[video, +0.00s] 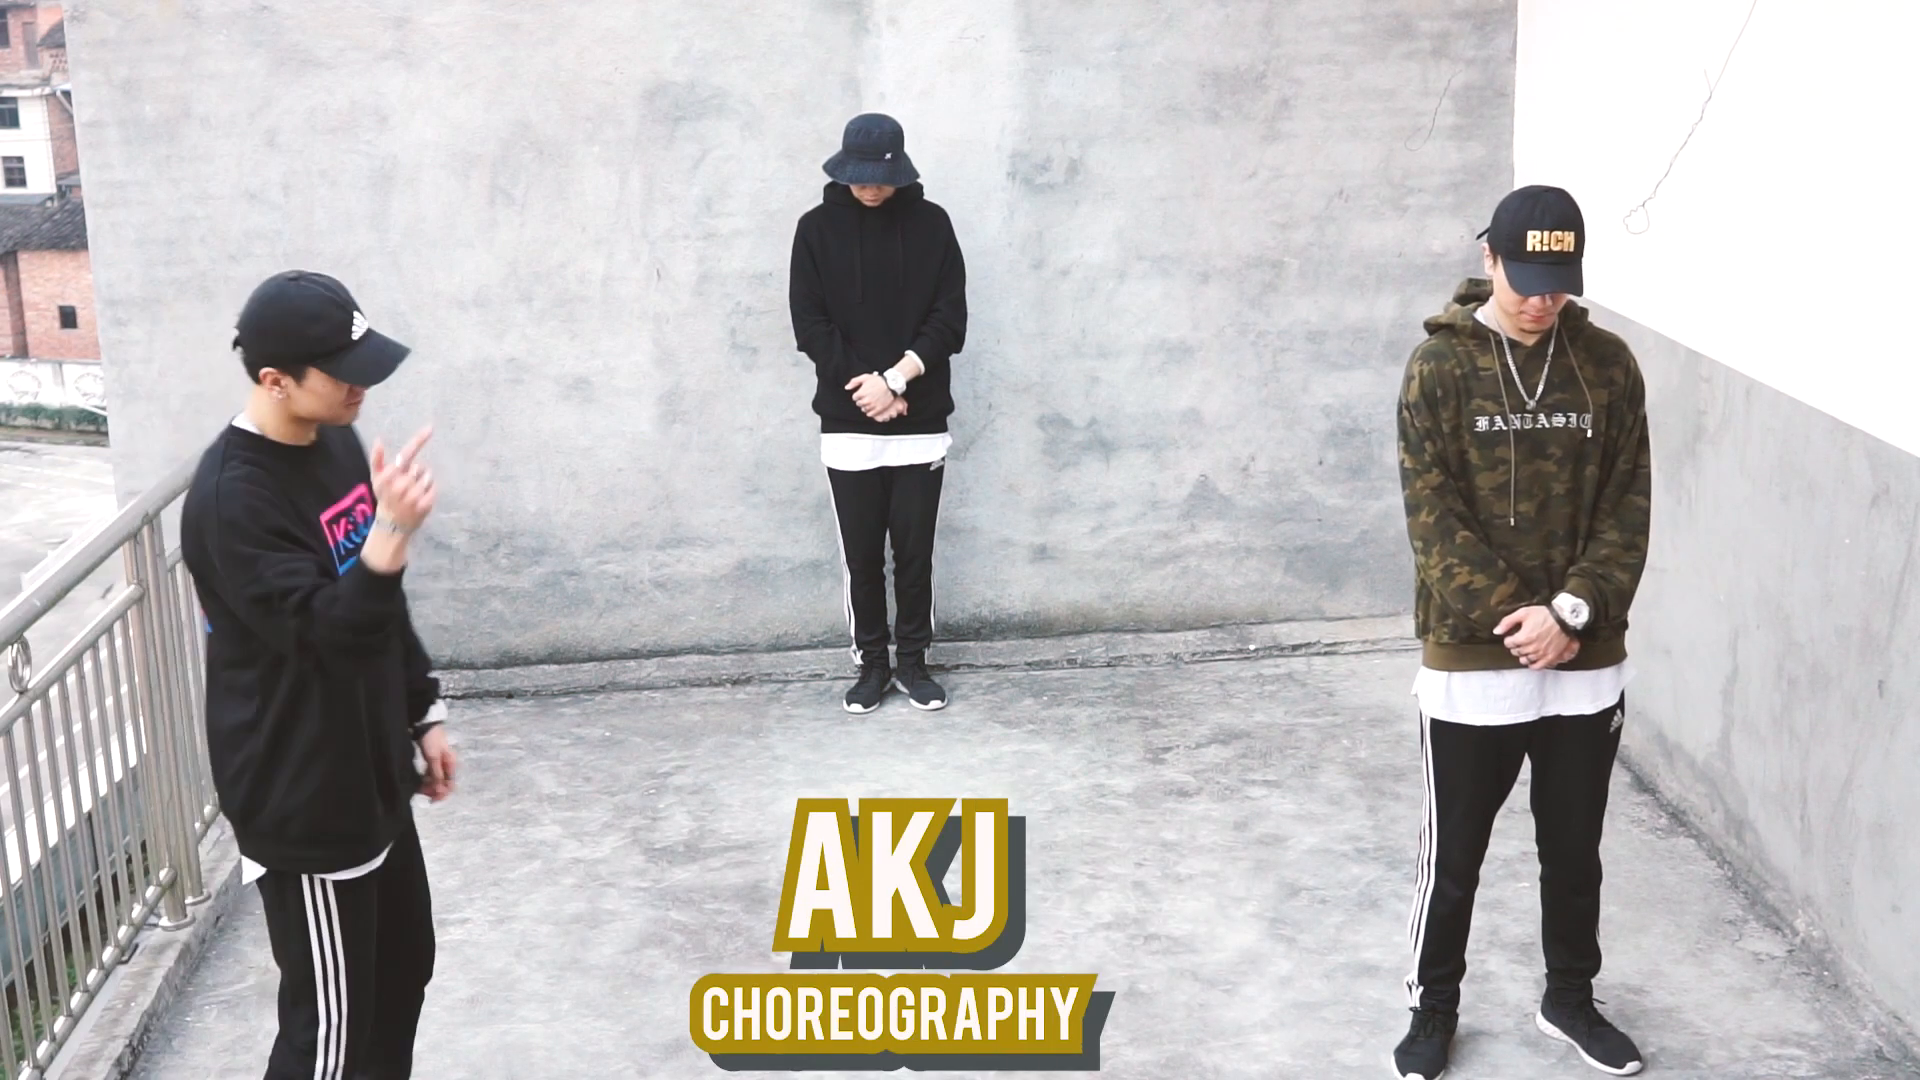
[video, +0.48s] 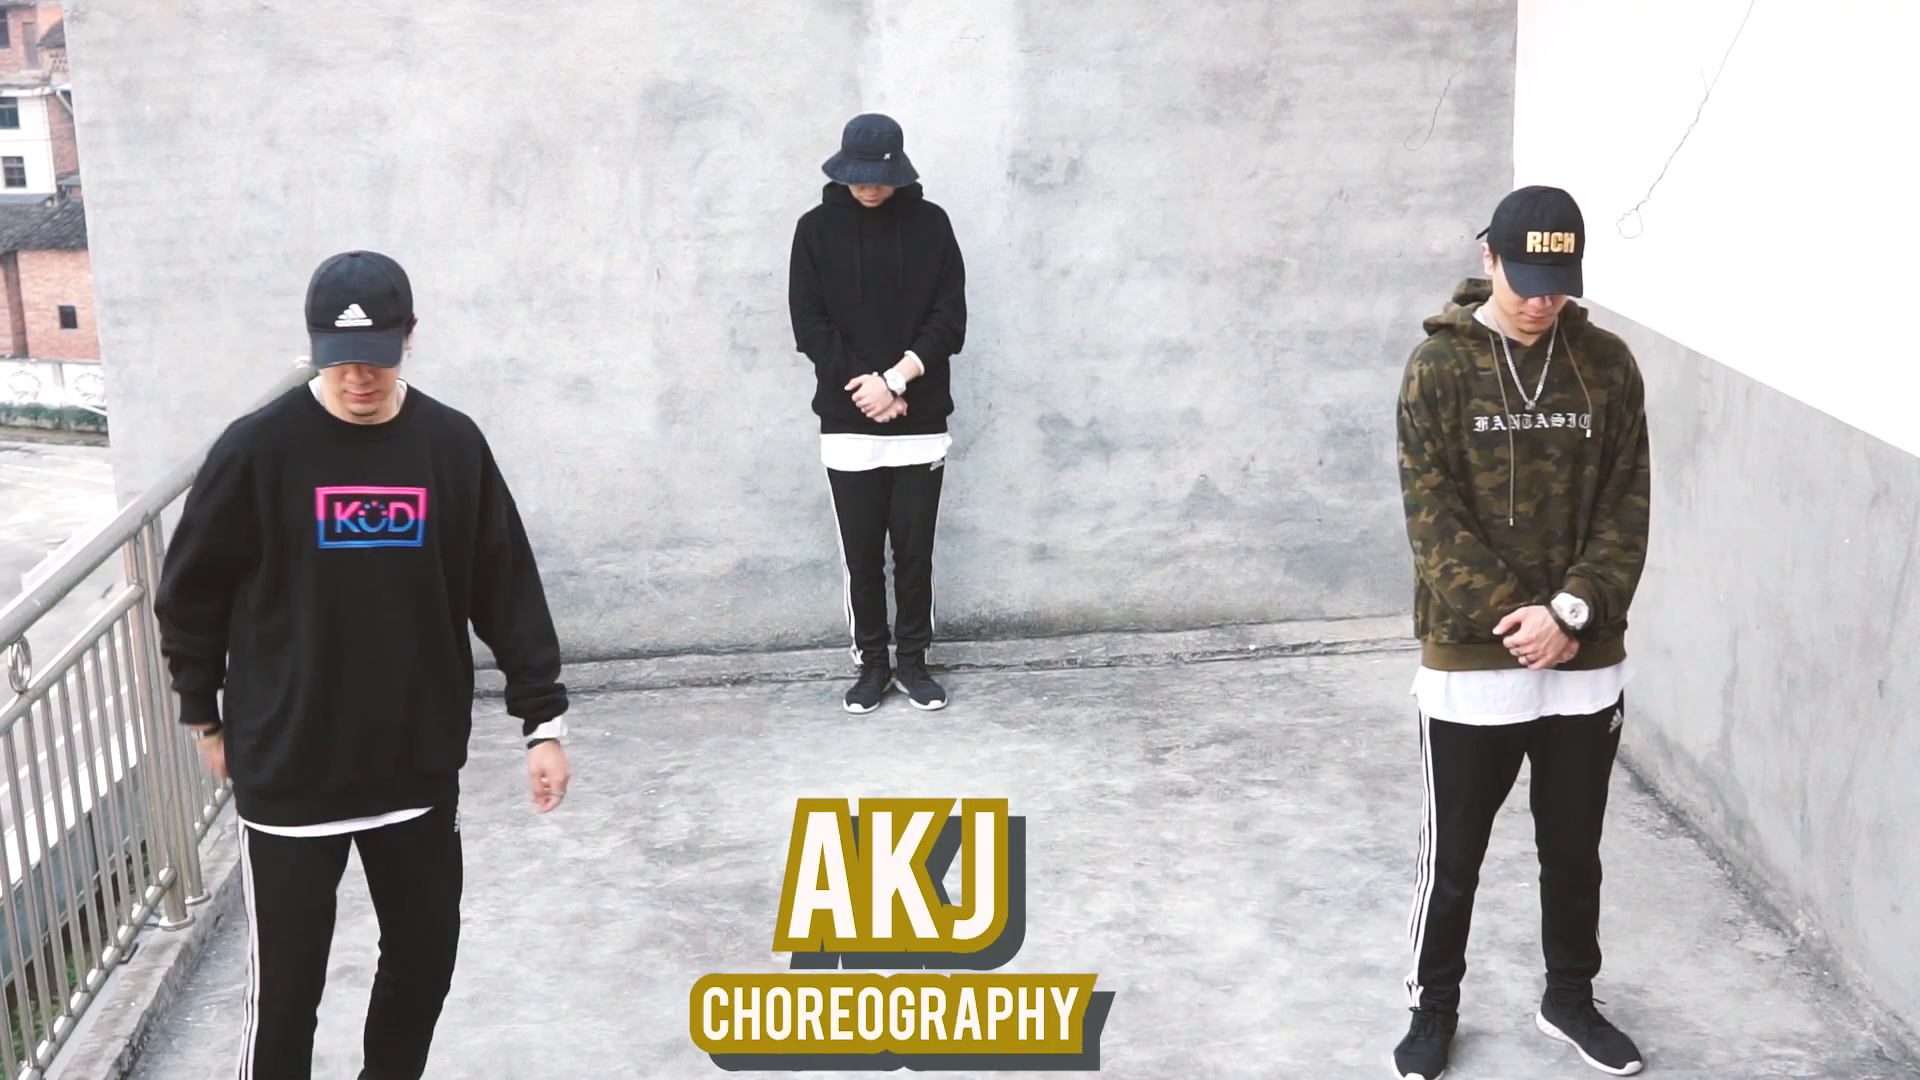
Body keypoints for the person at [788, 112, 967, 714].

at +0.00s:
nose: (871, 189)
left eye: (882, 179)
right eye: (860, 178)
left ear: (900, 173)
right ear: (843, 173)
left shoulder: (930, 222)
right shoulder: (817, 228)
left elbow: (950, 317)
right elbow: (809, 324)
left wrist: (896, 375)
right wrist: (865, 387)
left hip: (921, 416)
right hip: (847, 419)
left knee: (914, 551)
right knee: (862, 554)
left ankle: (913, 664)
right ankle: (873, 667)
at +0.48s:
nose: (869, 189)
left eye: (880, 179)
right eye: (858, 178)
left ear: (899, 173)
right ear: (842, 173)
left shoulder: (930, 223)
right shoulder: (816, 228)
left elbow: (950, 318)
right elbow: (808, 325)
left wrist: (897, 375)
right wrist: (865, 387)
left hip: (920, 416)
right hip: (846, 419)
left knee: (913, 550)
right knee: (862, 553)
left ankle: (913, 663)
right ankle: (873, 667)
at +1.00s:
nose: (867, 187)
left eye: (879, 177)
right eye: (857, 177)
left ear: (898, 172)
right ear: (840, 172)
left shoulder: (928, 222)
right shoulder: (814, 228)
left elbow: (949, 317)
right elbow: (806, 325)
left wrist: (896, 374)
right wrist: (863, 387)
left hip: (920, 415)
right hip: (846, 418)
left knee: (913, 549)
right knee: (861, 552)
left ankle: (913, 663)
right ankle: (873, 667)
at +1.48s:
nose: (868, 187)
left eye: (879, 177)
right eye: (857, 176)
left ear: (898, 172)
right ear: (841, 172)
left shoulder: (927, 222)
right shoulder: (814, 228)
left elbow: (949, 317)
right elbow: (806, 324)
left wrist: (896, 374)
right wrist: (863, 387)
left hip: (919, 416)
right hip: (845, 419)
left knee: (913, 549)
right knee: (861, 552)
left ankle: (912, 663)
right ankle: (872, 666)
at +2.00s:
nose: (868, 186)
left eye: (879, 176)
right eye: (857, 175)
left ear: (898, 171)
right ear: (841, 171)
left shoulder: (929, 222)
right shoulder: (815, 228)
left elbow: (949, 318)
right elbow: (807, 324)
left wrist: (896, 374)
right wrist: (864, 387)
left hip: (920, 415)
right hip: (846, 418)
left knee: (913, 549)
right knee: (861, 552)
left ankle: (913, 663)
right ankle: (873, 667)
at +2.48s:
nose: (869, 187)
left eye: (881, 176)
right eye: (859, 176)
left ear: (900, 171)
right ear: (843, 171)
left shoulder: (930, 223)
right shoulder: (817, 227)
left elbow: (950, 319)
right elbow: (809, 324)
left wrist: (896, 375)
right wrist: (864, 387)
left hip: (920, 415)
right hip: (846, 418)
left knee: (913, 549)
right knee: (861, 552)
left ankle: (914, 662)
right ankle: (872, 666)